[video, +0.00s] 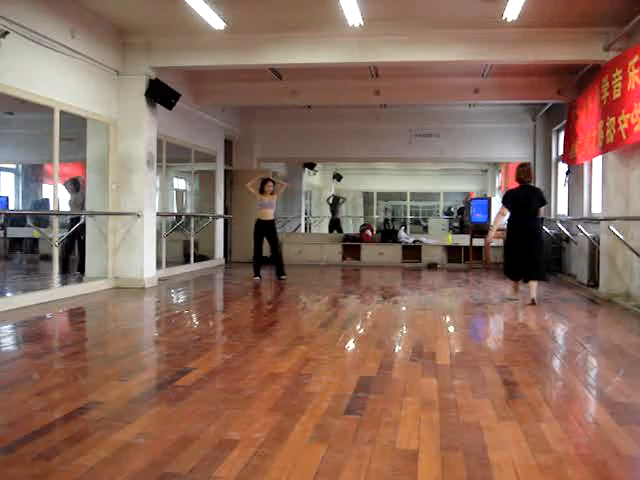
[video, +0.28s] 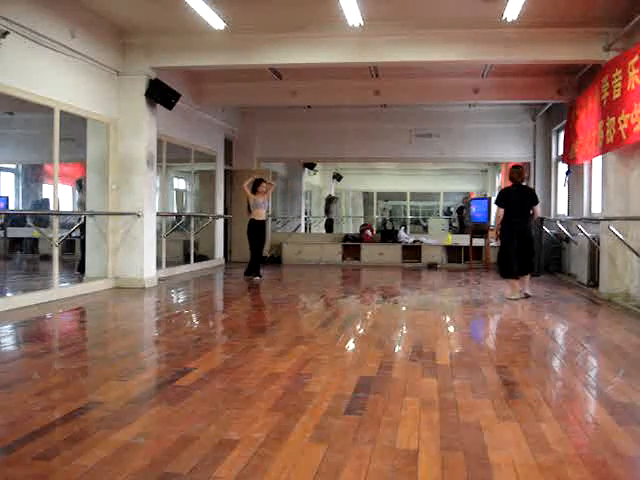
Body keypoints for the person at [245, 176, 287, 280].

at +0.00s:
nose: (270, 188)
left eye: (271, 186)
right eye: (267, 186)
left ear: (273, 187)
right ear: (263, 187)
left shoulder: (274, 196)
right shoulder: (259, 196)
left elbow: (285, 185)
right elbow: (248, 186)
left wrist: (275, 181)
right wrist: (257, 178)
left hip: (270, 222)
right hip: (260, 222)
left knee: (275, 248)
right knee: (257, 249)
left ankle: (280, 273)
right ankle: (257, 273)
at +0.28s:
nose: (264, 188)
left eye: (265, 186)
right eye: (261, 186)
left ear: (265, 188)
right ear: (257, 187)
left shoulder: (265, 197)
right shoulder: (252, 197)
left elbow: (273, 185)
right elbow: (245, 186)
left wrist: (268, 182)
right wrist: (252, 178)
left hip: (262, 221)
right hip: (254, 221)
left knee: (259, 249)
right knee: (255, 249)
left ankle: (249, 271)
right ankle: (255, 272)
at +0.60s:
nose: (257, 190)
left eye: (258, 188)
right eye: (255, 187)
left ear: (258, 189)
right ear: (251, 188)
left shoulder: (256, 197)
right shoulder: (245, 197)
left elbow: (265, 186)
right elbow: (242, 186)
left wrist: (258, 182)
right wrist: (248, 178)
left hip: (252, 222)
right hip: (245, 221)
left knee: (248, 248)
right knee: (246, 248)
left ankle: (248, 272)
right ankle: (248, 272)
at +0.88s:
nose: (251, 189)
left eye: (252, 186)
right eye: (249, 186)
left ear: (253, 188)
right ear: (245, 187)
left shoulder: (251, 196)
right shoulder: (240, 197)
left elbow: (259, 184)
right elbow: (236, 185)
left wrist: (253, 180)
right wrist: (242, 178)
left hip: (248, 221)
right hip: (240, 220)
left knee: (245, 249)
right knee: (236, 248)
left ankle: (245, 273)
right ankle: (231, 272)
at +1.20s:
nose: (242, 188)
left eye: (243, 185)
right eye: (239, 185)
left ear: (244, 187)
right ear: (235, 187)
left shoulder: (243, 196)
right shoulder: (230, 196)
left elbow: (252, 185)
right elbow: (226, 184)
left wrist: (244, 182)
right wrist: (233, 178)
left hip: (241, 220)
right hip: (231, 221)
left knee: (242, 249)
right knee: (228, 248)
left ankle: (244, 273)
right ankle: (226, 272)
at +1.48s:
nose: (236, 187)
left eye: (238, 185)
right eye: (234, 184)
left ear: (239, 186)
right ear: (230, 186)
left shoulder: (239, 196)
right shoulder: (227, 196)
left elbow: (251, 194)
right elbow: (226, 200)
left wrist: (243, 192)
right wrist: (226, 192)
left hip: (237, 221)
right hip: (228, 221)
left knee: (240, 248)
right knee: (226, 249)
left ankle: (245, 272)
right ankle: (226, 272)